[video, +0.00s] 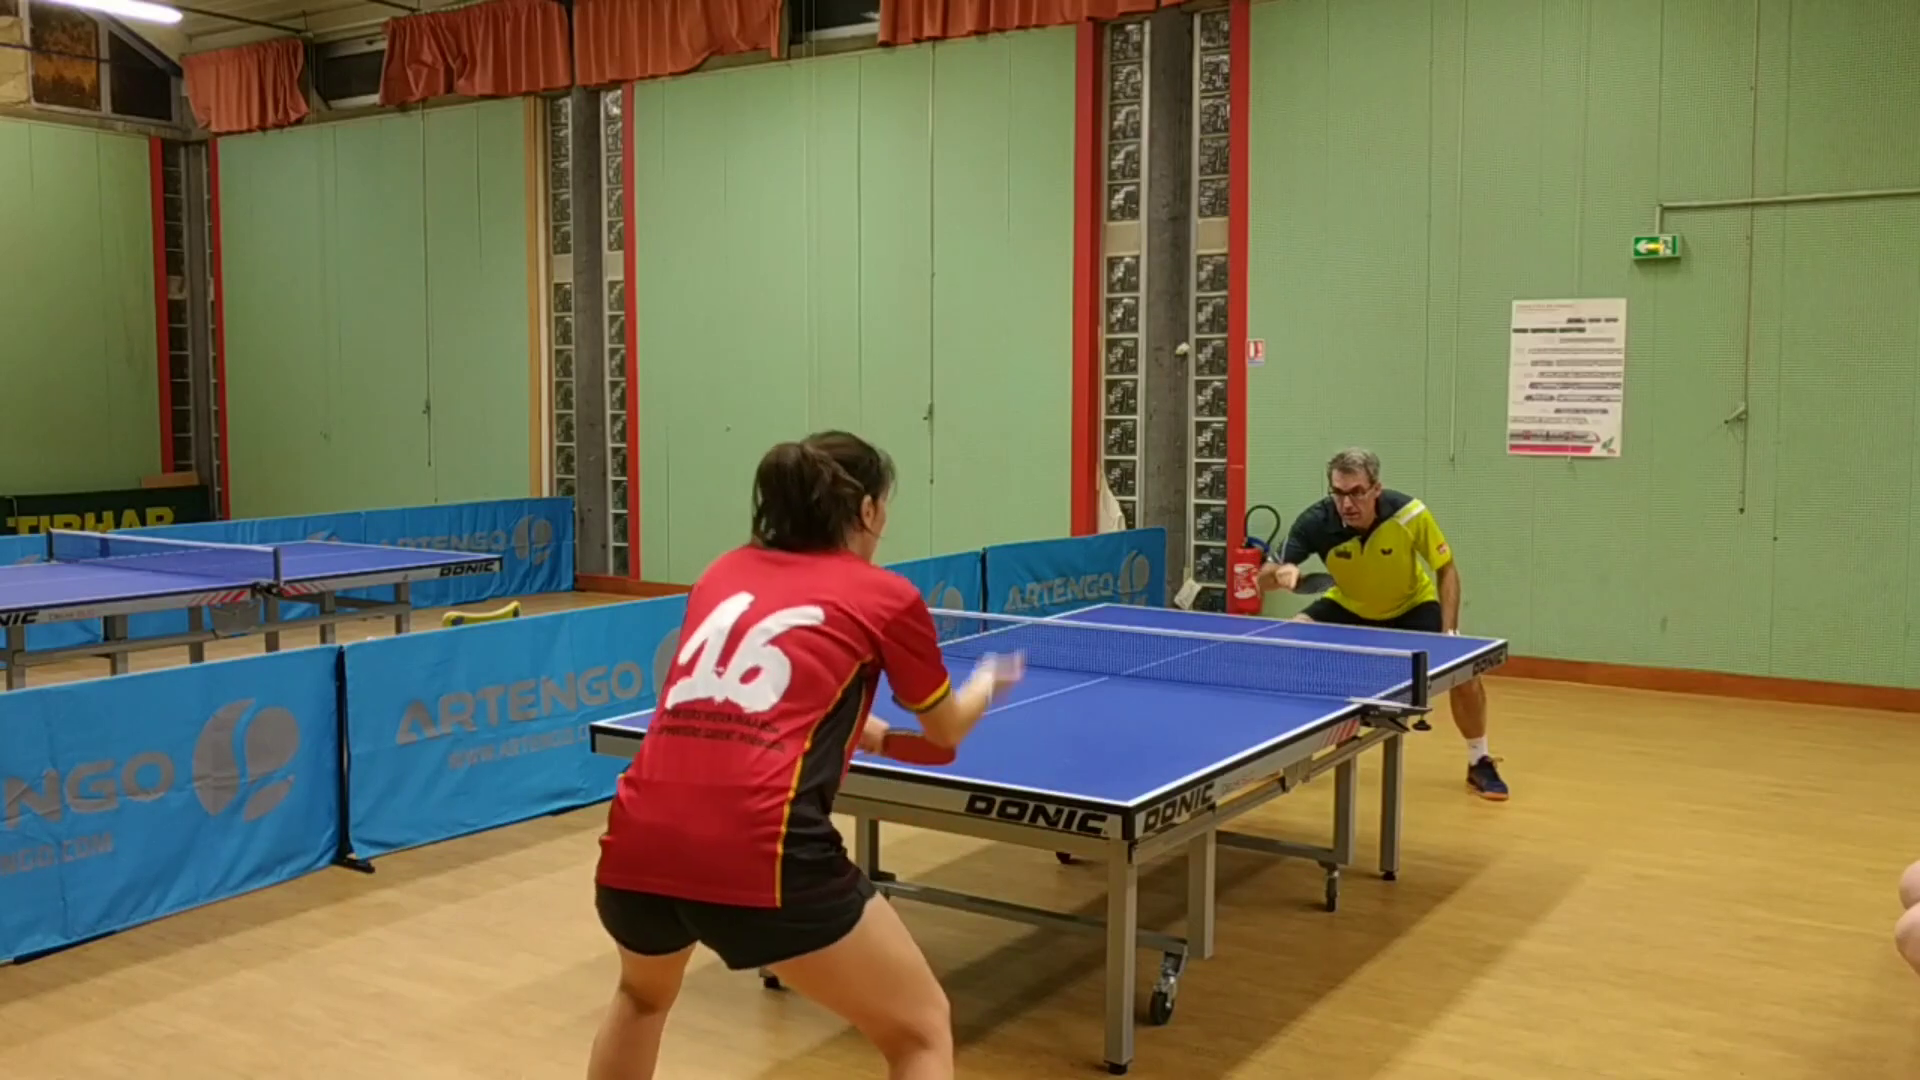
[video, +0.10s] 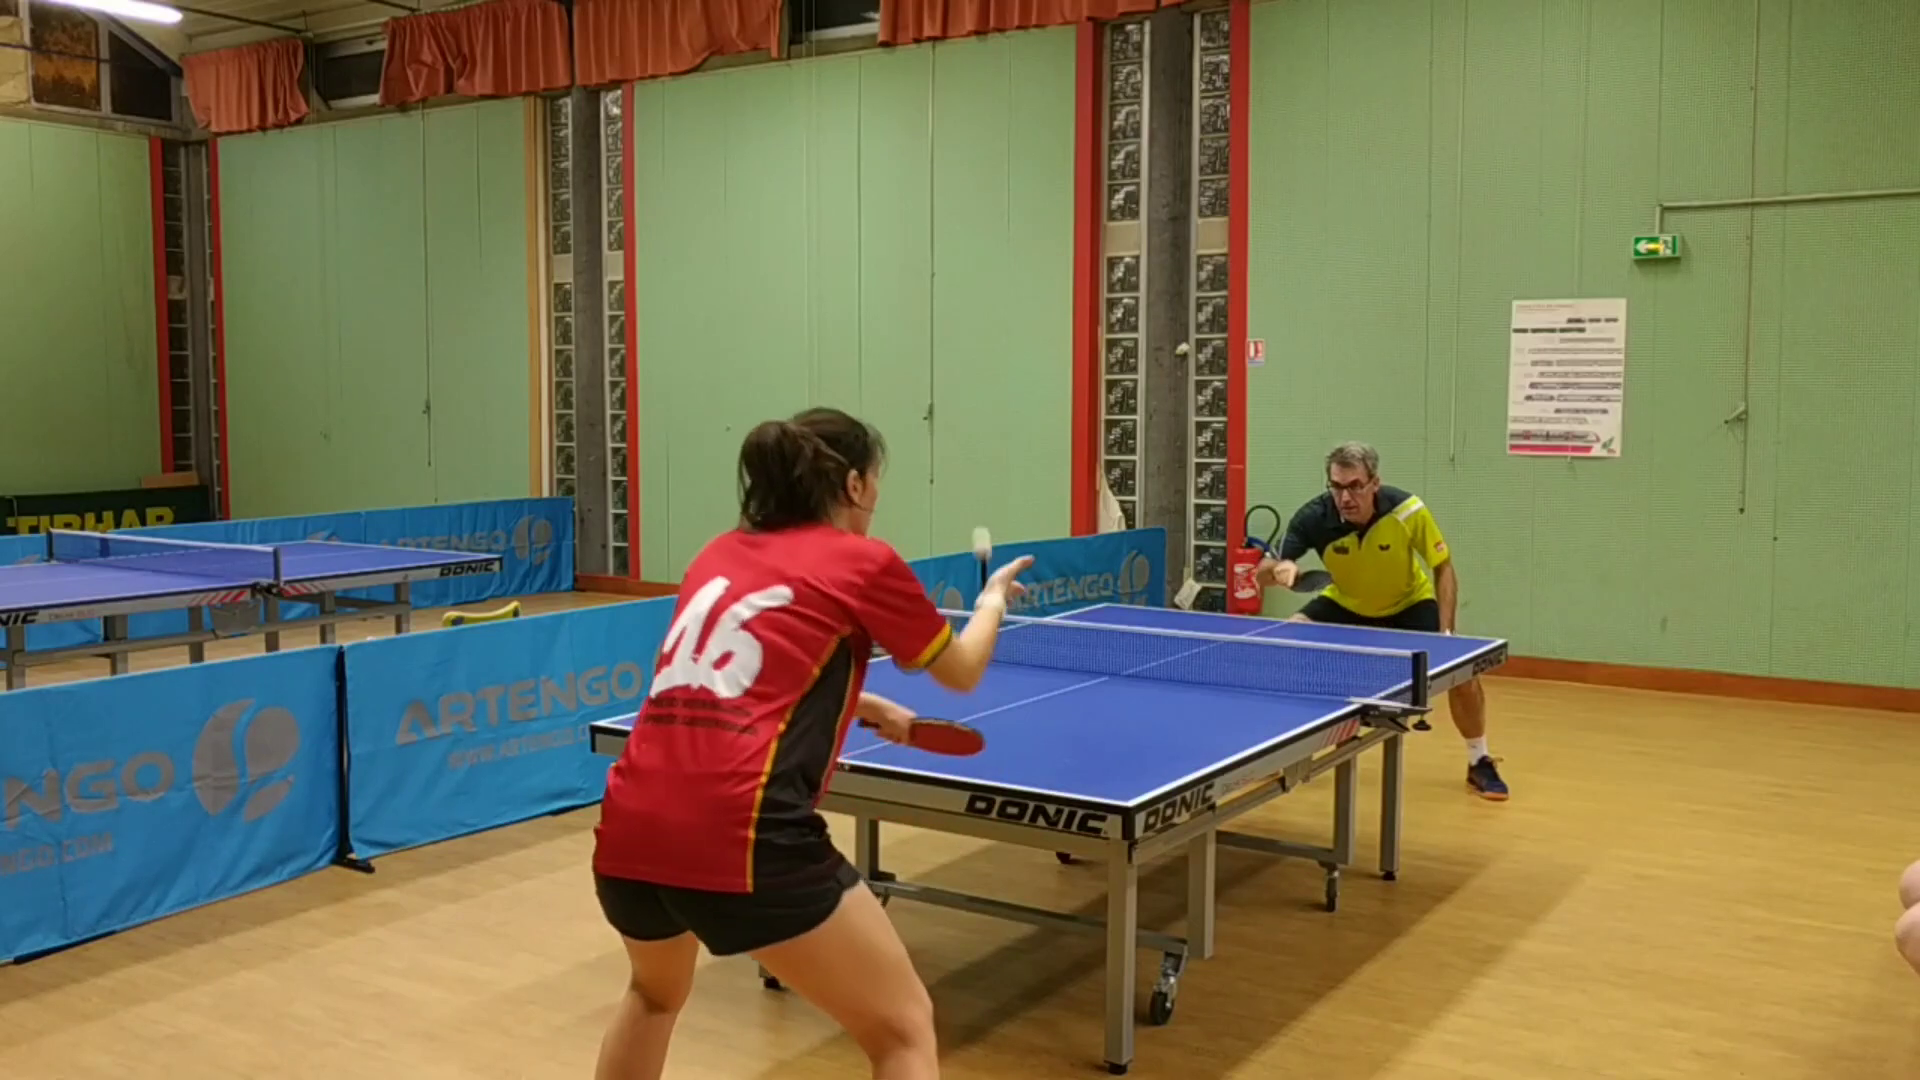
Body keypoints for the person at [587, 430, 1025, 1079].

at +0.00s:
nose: (886, 516)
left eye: (886, 500)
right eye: (885, 501)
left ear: (787, 502)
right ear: (866, 510)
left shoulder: (725, 569)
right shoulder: (886, 595)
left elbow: (742, 700)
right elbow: (947, 728)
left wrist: (869, 732)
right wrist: (986, 682)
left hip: (637, 854)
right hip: (763, 865)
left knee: (638, 999)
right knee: (920, 1035)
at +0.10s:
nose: (877, 491)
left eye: (876, 477)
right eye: (874, 477)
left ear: (778, 482)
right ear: (850, 485)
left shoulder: (720, 551)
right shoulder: (859, 561)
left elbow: (750, 673)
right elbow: (962, 671)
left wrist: (869, 708)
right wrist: (994, 597)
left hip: (630, 838)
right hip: (746, 847)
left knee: (651, 996)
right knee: (902, 1032)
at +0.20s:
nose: (863, 467)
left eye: (861, 452)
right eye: (859, 451)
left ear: (772, 456)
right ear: (829, 457)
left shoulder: (710, 533)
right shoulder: (824, 525)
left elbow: (763, 686)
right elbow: (963, 620)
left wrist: (891, 700)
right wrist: (1008, 586)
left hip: (620, 811)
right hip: (726, 815)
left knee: (661, 990)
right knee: (874, 1027)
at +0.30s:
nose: (853, 445)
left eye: (850, 429)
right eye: (844, 429)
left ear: (775, 441)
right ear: (809, 438)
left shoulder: (700, 513)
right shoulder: (791, 501)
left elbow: (757, 668)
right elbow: (945, 579)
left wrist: (887, 684)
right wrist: (1008, 596)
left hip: (604, 782)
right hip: (703, 782)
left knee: (656, 989)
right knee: (857, 1001)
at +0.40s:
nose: (854, 443)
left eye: (851, 426)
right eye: (845, 426)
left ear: (786, 434)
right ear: (806, 434)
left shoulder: (698, 505)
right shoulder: (777, 493)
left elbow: (730, 673)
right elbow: (937, 556)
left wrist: (853, 663)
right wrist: (1002, 595)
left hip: (592, 776)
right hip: (686, 775)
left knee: (652, 987)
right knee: (876, 942)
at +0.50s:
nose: (865, 458)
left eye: (864, 442)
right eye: (858, 440)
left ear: (789, 442)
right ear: (816, 444)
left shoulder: (704, 510)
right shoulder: (786, 501)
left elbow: (720, 683)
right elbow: (935, 558)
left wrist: (819, 653)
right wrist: (1000, 602)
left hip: (593, 783)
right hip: (691, 780)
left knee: (653, 987)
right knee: (890, 902)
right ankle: (797, 1070)